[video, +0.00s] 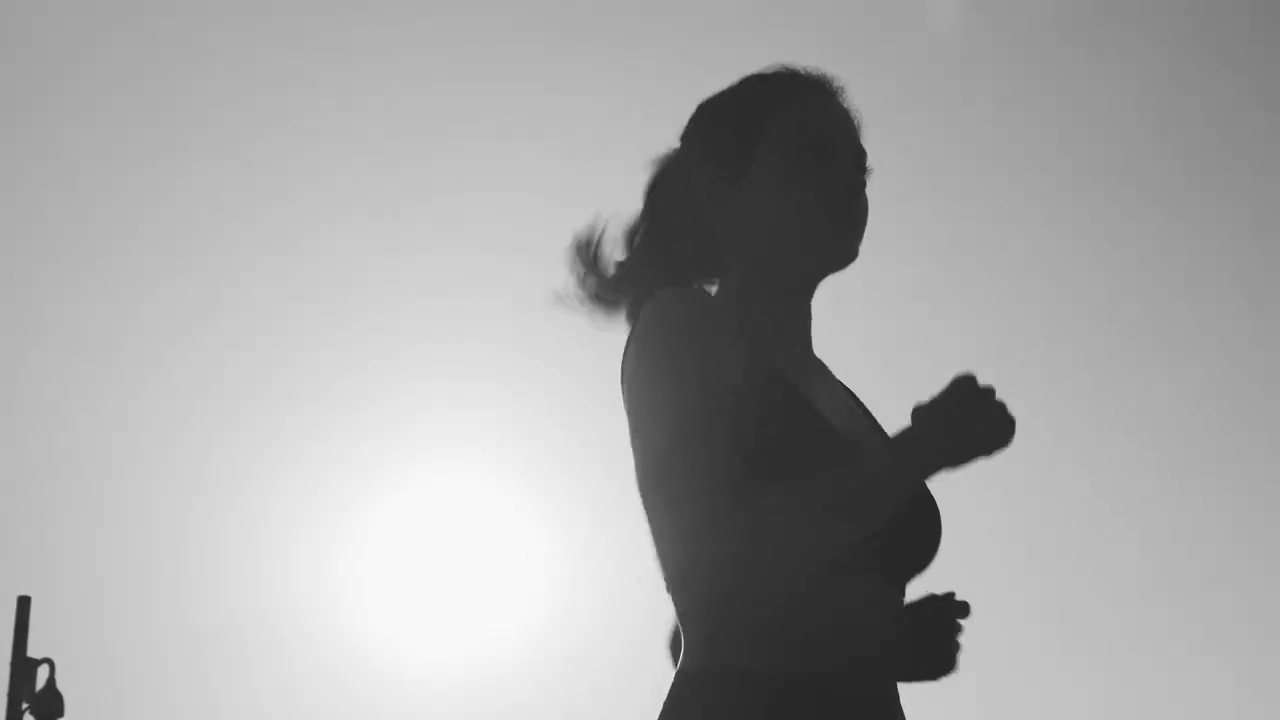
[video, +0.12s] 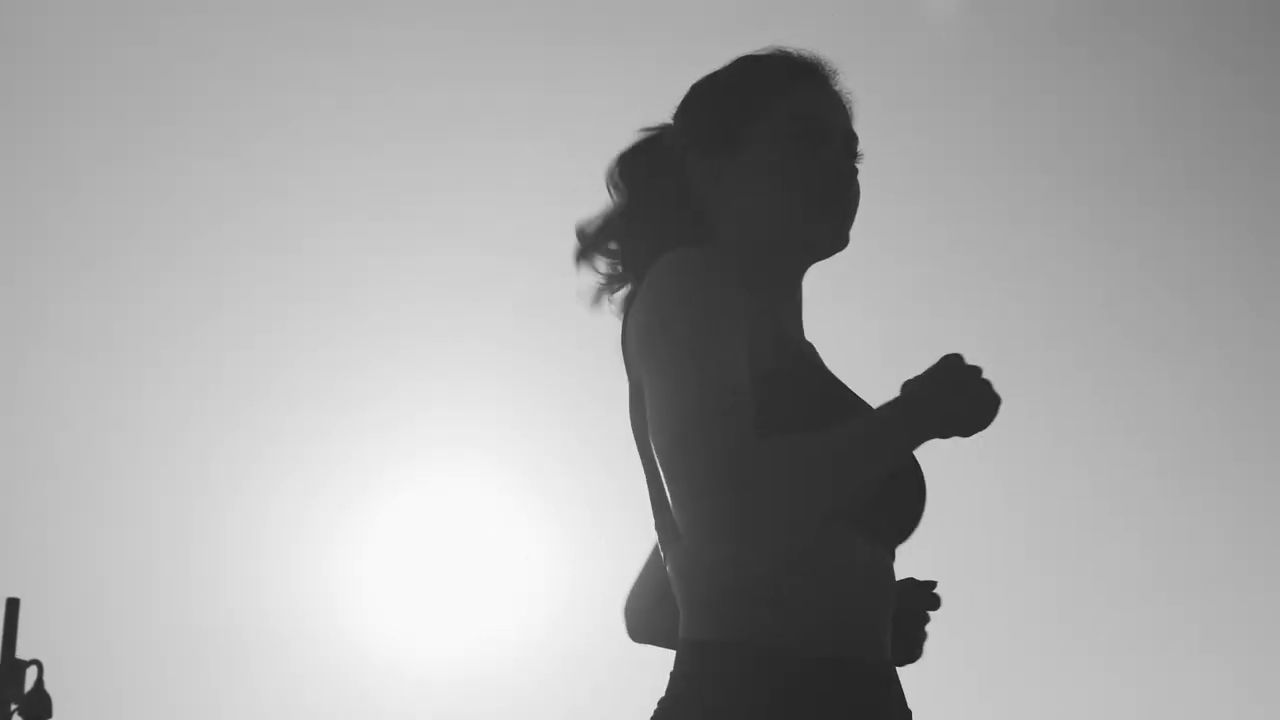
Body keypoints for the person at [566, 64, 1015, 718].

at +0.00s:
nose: (853, 184)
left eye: (859, 166)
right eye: (817, 160)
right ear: (724, 187)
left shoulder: (815, 380)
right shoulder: (682, 326)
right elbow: (710, 570)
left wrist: (891, 639)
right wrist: (920, 449)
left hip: (860, 701)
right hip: (745, 695)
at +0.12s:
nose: (844, 170)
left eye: (850, 151)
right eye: (808, 146)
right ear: (719, 169)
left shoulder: (771, 342)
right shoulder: (689, 288)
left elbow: (652, 609)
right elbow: (723, 517)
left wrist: (870, 608)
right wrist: (911, 417)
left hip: (842, 690)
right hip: (759, 690)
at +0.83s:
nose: (760, 273)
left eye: (763, 251)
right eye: (722, 250)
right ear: (635, 283)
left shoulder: (787, 500)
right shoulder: (567, 436)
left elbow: (847, 714)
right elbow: (372, 647)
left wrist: (879, 657)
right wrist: (566, 704)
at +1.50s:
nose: (617, 272)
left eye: (628, 251)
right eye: (584, 243)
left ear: (634, 282)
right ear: (505, 269)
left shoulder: (664, 460)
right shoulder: (418, 438)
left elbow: (728, 710)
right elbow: (261, 680)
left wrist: (734, 644)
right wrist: (447, 663)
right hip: (500, 714)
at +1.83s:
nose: (582, 312)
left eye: (587, 292)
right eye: (549, 288)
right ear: (470, 310)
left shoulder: (595, 497)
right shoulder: (401, 471)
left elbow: (626, 670)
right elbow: (361, 691)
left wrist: (626, 600)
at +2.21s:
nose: (577, 241)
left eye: (580, 223)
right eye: (546, 218)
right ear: (464, 240)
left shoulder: (563, 439)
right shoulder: (413, 362)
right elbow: (378, 576)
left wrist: (581, 659)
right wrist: (590, 499)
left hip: (550, 705)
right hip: (436, 701)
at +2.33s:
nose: (575, 258)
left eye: (574, 235)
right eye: (544, 232)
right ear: (461, 257)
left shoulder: (563, 452)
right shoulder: (410, 378)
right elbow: (328, 596)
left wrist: (585, 672)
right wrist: (552, 547)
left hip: (549, 709)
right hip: (429, 704)